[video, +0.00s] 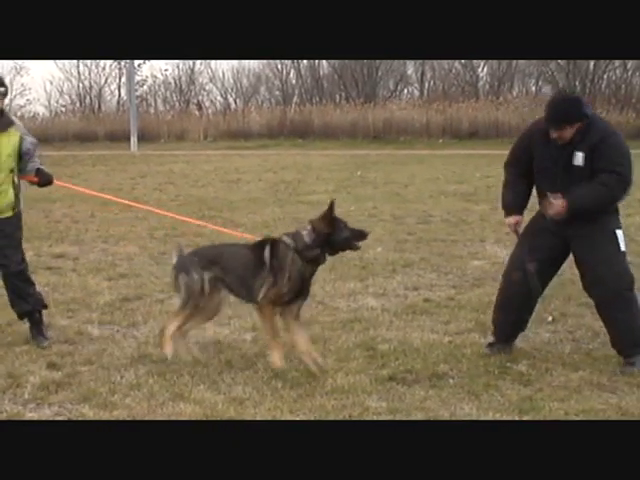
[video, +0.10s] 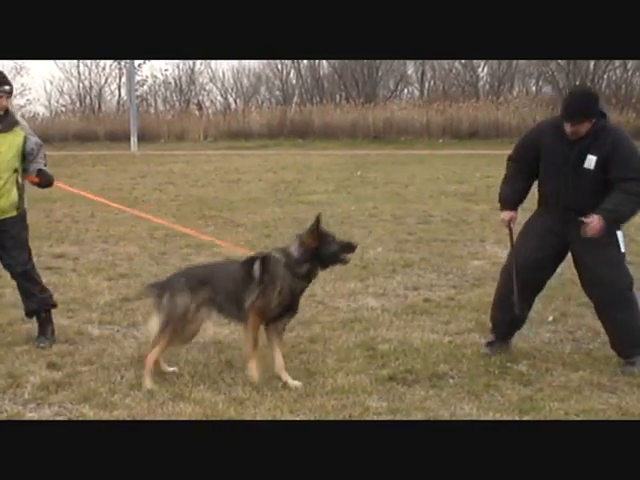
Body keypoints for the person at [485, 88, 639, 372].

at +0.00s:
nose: (555, 134)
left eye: (561, 129)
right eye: (552, 128)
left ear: (578, 124)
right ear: (547, 121)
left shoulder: (605, 140)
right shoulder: (536, 135)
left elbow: (616, 182)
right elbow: (517, 170)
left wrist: (570, 203)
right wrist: (513, 210)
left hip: (595, 224)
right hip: (549, 222)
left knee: (611, 285)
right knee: (519, 275)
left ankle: (632, 352)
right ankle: (502, 338)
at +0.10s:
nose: (569, 128)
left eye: (576, 123)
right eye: (566, 122)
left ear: (593, 121)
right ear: (562, 115)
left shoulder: (616, 144)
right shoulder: (545, 133)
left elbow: (632, 188)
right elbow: (520, 164)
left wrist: (605, 217)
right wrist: (509, 204)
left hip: (594, 225)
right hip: (549, 220)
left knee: (611, 287)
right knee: (518, 270)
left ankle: (632, 353)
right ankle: (500, 335)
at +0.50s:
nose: (542, 123)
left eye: (549, 119)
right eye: (540, 117)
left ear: (567, 116)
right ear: (536, 113)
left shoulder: (592, 134)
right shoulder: (523, 135)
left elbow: (617, 171)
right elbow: (497, 172)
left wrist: (600, 204)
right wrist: (493, 217)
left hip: (580, 225)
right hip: (532, 224)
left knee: (604, 284)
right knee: (508, 280)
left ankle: (620, 345)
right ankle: (493, 341)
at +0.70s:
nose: (557, 142)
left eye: (563, 137)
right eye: (552, 136)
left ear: (574, 129)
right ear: (543, 128)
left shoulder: (593, 139)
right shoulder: (525, 142)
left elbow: (616, 175)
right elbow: (502, 178)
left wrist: (589, 202)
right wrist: (505, 222)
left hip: (587, 230)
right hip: (539, 229)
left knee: (615, 284)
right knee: (509, 283)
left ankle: (634, 345)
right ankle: (490, 341)